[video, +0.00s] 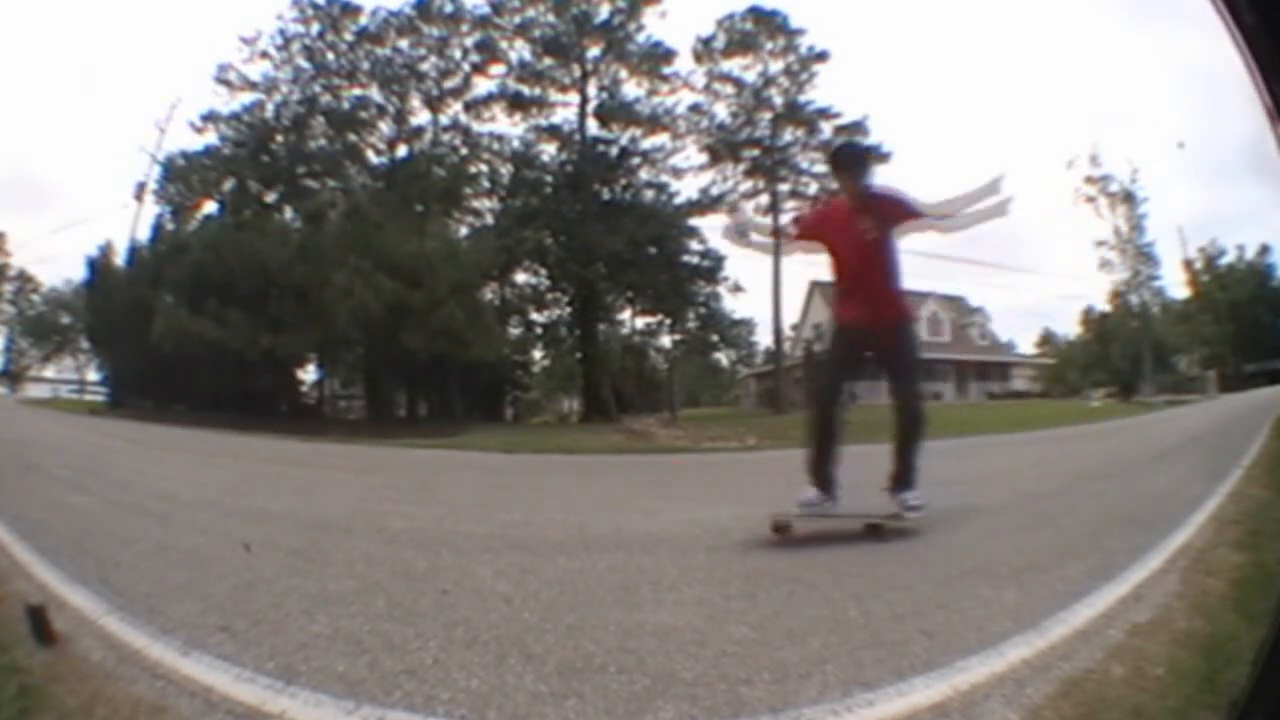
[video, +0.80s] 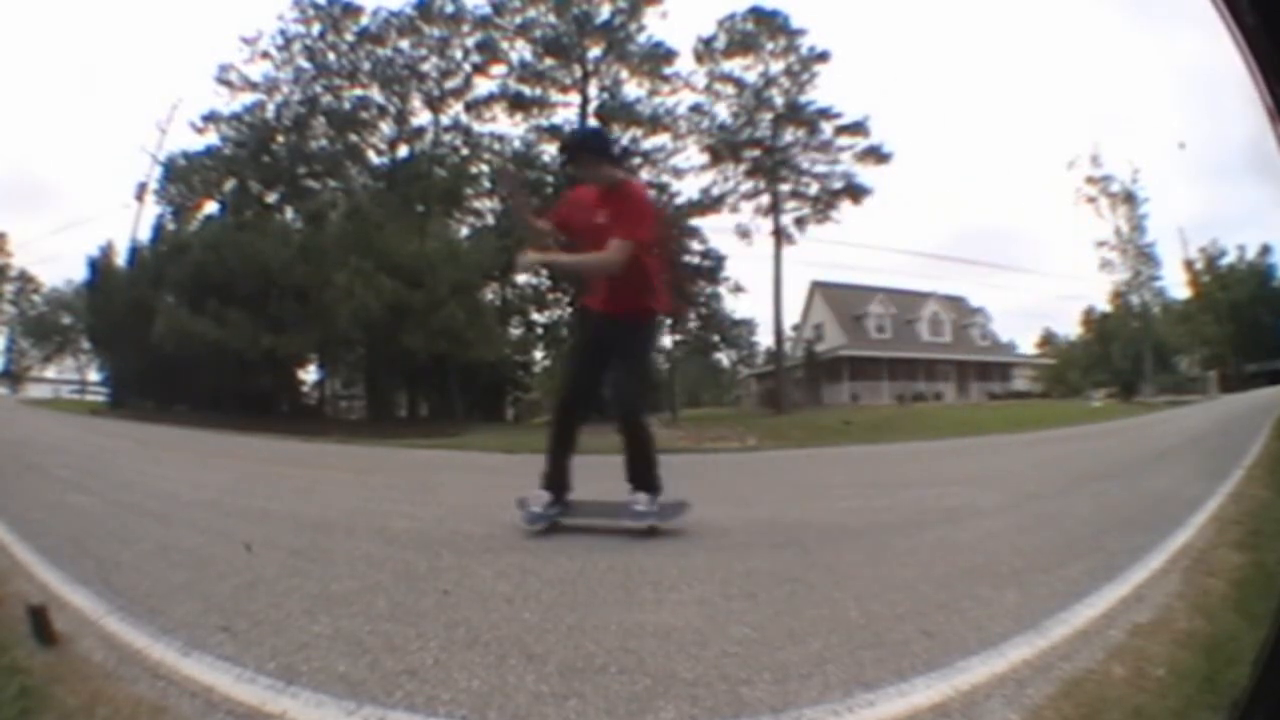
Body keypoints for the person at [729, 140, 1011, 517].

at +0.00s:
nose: (854, 183)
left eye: (859, 175)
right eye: (846, 177)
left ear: (868, 172)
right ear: (835, 176)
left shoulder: (883, 205)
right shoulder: (826, 216)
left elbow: (940, 216)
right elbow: (784, 242)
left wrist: (987, 196)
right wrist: (746, 235)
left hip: (891, 321)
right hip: (850, 324)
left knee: (909, 402)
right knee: (825, 399)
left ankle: (903, 488)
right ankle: (823, 489)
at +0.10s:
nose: (822, 153)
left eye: (824, 145)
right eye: (816, 146)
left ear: (822, 142)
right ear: (815, 143)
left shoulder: (854, 165)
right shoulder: (797, 169)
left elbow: (903, 149)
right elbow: (754, 154)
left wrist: (939, 118)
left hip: (852, 289)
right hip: (817, 288)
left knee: (882, 383)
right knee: (759, 339)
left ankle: (904, 485)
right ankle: (787, 418)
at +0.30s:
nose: (734, 146)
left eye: (739, 138)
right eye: (731, 138)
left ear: (758, 133)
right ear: (728, 136)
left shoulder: (787, 153)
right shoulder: (730, 153)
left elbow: (828, 146)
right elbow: (713, 152)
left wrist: (861, 133)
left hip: (794, 259)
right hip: (753, 262)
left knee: (836, 296)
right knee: (705, 327)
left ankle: (823, 385)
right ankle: (662, 408)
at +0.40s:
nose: (697, 151)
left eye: (696, 142)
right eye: (692, 145)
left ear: (708, 134)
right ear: (708, 133)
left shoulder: (754, 159)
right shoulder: (698, 169)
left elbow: (802, 173)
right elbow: (712, 207)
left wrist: (847, 176)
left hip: (761, 266)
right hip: (722, 267)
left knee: (776, 357)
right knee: (688, 351)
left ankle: (766, 446)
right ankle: (661, 443)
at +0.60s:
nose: (646, 188)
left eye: (649, 179)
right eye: (641, 181)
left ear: (665, 174)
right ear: (640, 181)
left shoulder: (694, 212)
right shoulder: (644, 216)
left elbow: (714, 267)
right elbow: (647, 269)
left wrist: (695, 313)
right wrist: (643, 313)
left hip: (694, 326)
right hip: (652, 326)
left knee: (696, 413)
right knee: (621, 407)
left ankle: (700, 494)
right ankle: (615, 494)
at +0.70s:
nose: (614, 185)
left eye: (617, 176)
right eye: (609, 179)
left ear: (636, 170)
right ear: (610, 178)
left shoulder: (666, 208)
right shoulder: (612, 211)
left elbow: (660, 265)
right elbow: (603, 258)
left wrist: (598, 288)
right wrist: (559, 249)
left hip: (665, 326)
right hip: (626, 324)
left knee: (658, 410)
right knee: (598, 406)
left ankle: (667, 495)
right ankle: (583, 493)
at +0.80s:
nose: (579, 173)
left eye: (582, 165)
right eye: (575, 167)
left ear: (600, 159)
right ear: (580, 166)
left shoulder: (633, 199)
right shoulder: (582, 198)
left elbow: (613, 259)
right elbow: (550, 236)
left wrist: (545, 260)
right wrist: (519, 206)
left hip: (633, 317)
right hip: (594, 314)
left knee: (628, 404)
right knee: (570, 401)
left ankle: (645, 490)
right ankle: (555, 491)